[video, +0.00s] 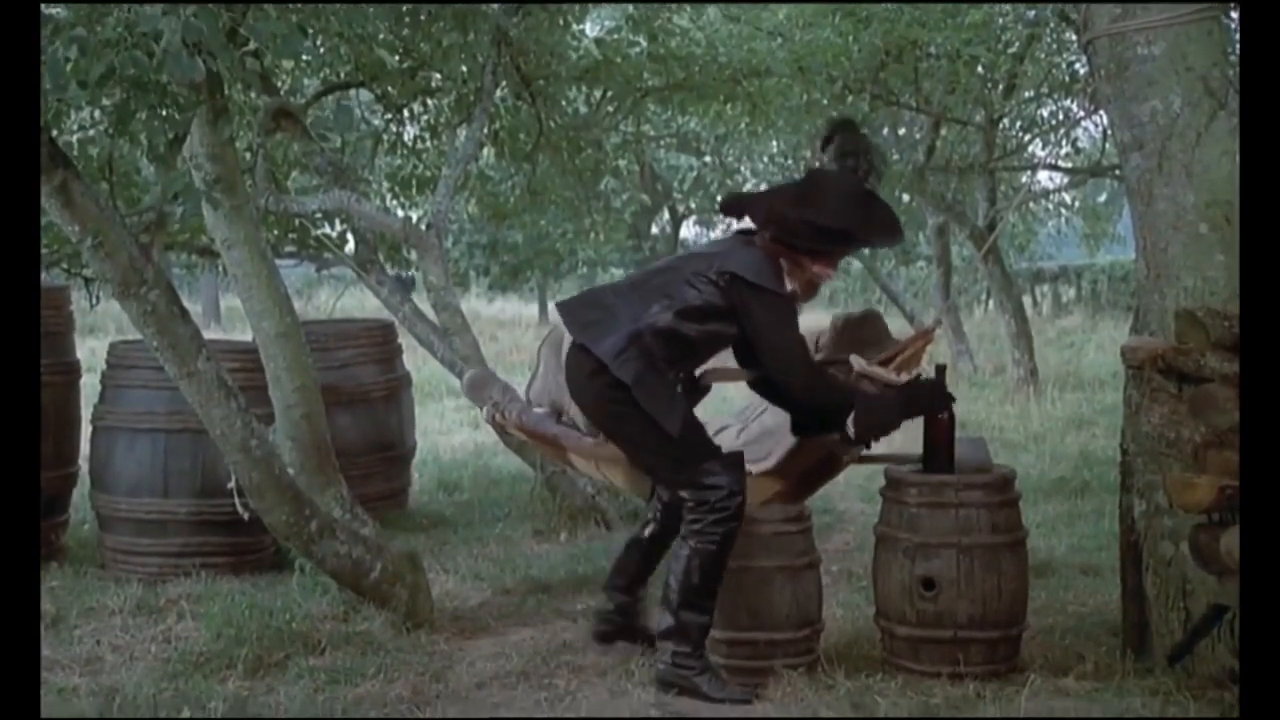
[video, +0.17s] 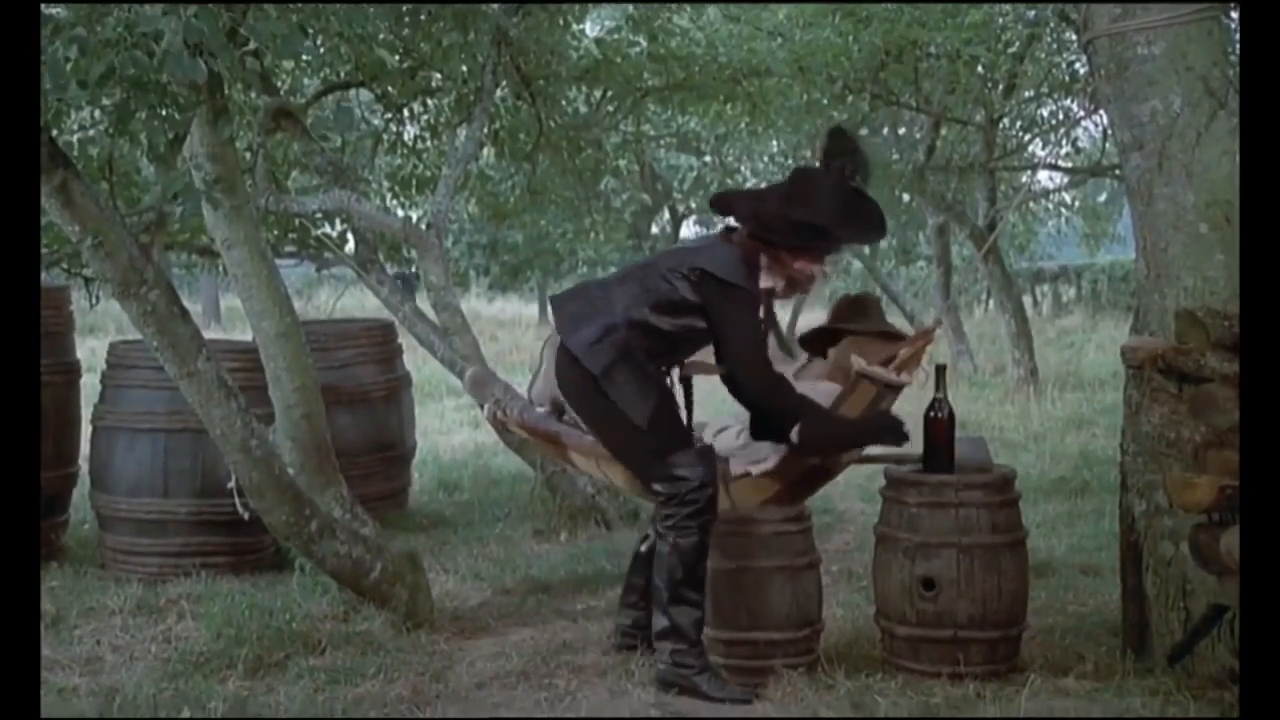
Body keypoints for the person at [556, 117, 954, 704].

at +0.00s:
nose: (830, 276)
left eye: (834, 264)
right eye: (828, 262)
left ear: (777, 236)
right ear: (796, 251)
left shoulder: (738, 258)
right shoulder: (756, 276)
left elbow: (767, 374)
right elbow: (799, 380)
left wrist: (841, 408)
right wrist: (879, 402)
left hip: (595, 361)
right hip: (616, 372)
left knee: (689, 481)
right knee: (718, 487)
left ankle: (618, 608)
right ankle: (685, 658)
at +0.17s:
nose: (819, 271)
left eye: (823, 259)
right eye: (814, 257)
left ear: (772, 242)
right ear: (782, 249)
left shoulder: (730, 262)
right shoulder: (731, 274)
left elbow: (746, 372)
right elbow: (752, 379)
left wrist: (791, 421)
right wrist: (845, 428)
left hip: (595, 353)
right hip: (597, 360)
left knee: (684, 475)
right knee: (689, 483)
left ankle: (640, 618)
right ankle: (682, 662)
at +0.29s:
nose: (808, 269)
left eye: (814, 257)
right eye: (803, 255)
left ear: (778, 246)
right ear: (769, 242)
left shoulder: (743, 276)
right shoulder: (711, 275)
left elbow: (730, 386)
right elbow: (732, 397)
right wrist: (817, 459)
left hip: (625, 352)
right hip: (587, 349)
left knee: (690, 469)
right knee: (669, 472)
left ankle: (636, 621)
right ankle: (647, 640)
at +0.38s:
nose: (805, 271)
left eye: (810, 258)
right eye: (799, 257)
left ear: (774, 251)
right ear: (762, 246)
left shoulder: (746, 280)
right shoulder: (709, 279)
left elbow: (717, 376)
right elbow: (722, 402)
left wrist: (720, 434)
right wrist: (786, 492)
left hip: (631, 359)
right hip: (584, 352)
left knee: (687, 480)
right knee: (653, 484)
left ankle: (641, 620)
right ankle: (611, 650)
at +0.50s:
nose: (800, 299)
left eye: (808, 285)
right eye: (795, 282)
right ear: (760, 268)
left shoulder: (729, 297)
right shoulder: (704, 304)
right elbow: (710, 442)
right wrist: (742, 538)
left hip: (630, 365)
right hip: (575, 358)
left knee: (689, 481)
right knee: (639, 485)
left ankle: (654, 619)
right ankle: (606, 652)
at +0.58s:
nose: (807, 334)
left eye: (817, 322)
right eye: (808, 317)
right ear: (778, 303)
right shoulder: (703, 333)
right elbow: (702, 465)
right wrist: (728, 567)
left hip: (634, 371)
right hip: (571, 361)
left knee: (681, 489)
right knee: (630, 494)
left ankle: (663, 619)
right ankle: (603, 651)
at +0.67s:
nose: (794, 361)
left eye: (801, 352)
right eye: (793, 348)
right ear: (766, 326)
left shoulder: (726, 332)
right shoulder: (702, 352)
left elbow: (703, 469)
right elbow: (696, 483)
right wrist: (727, 592)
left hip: (631, 372)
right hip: (570, 366)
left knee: (680, 489)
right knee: (629, 494)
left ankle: (664, 620)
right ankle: (604, 650)